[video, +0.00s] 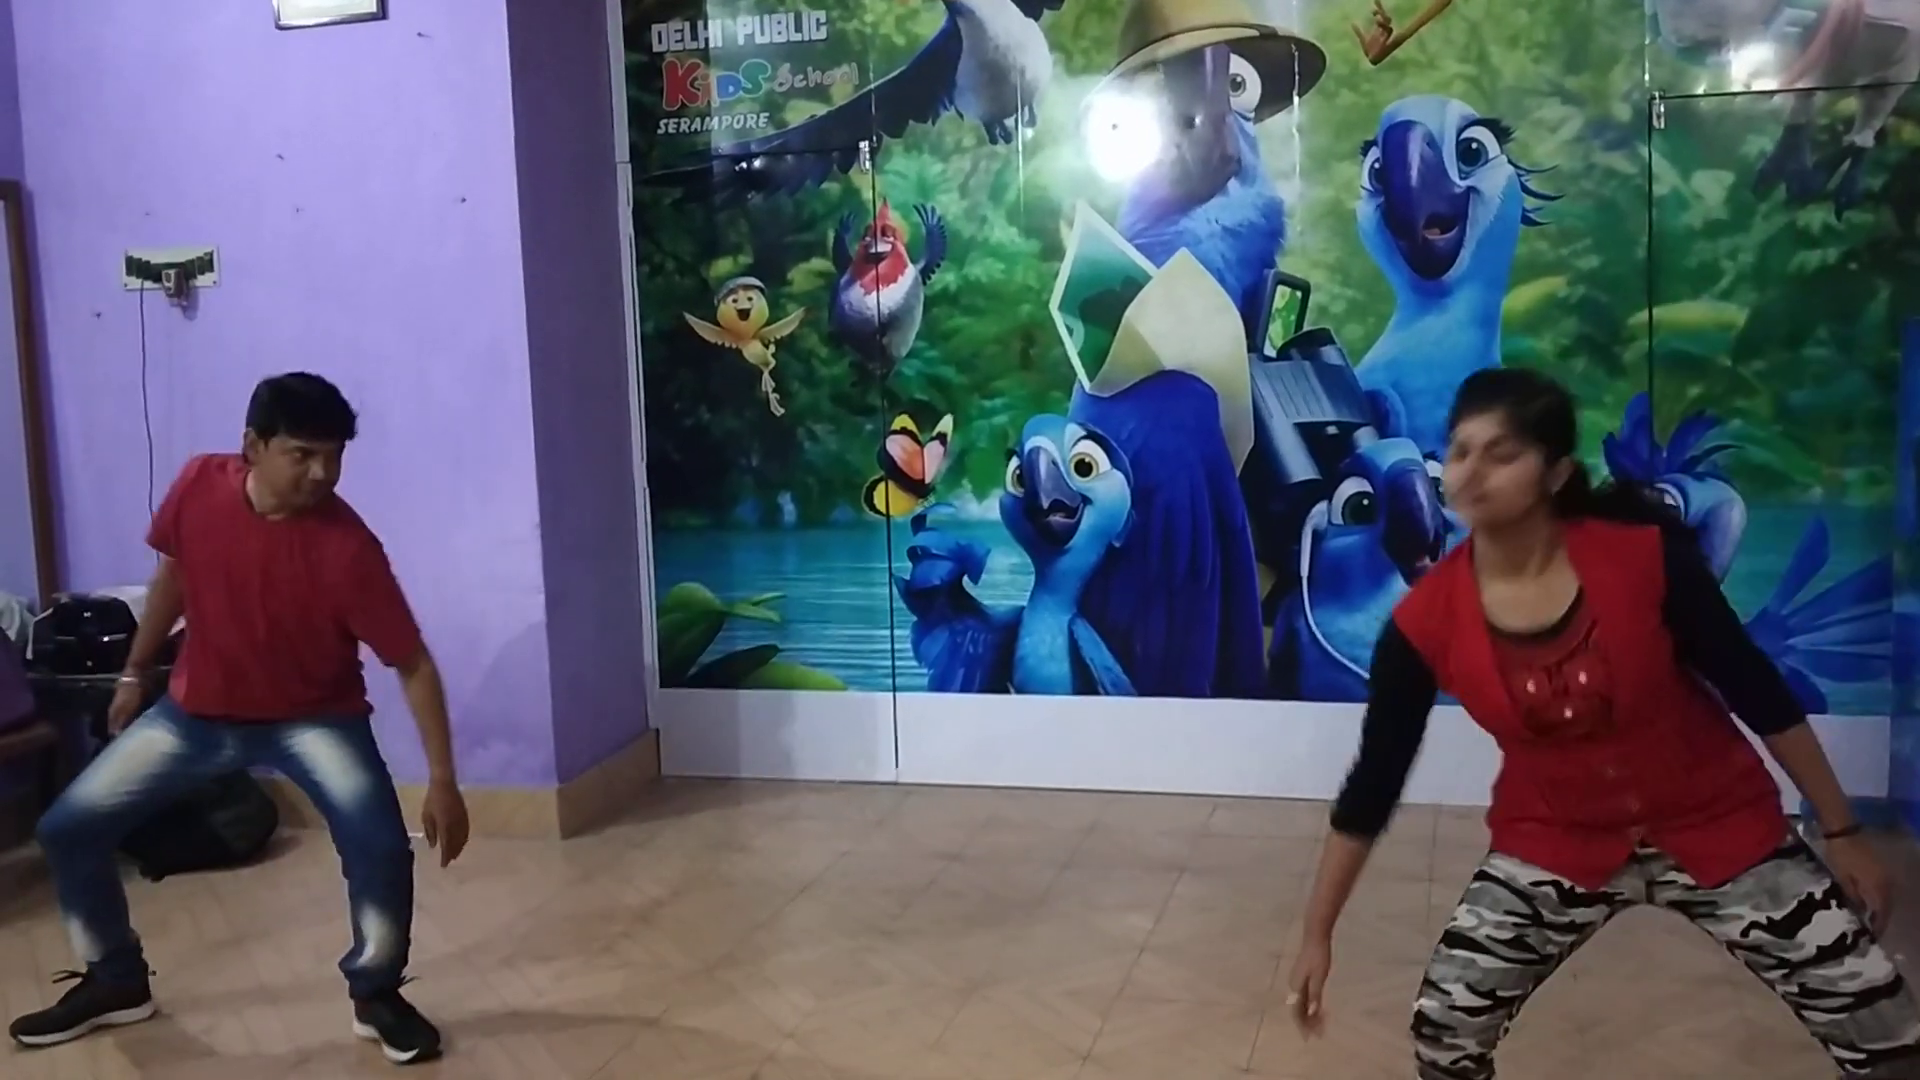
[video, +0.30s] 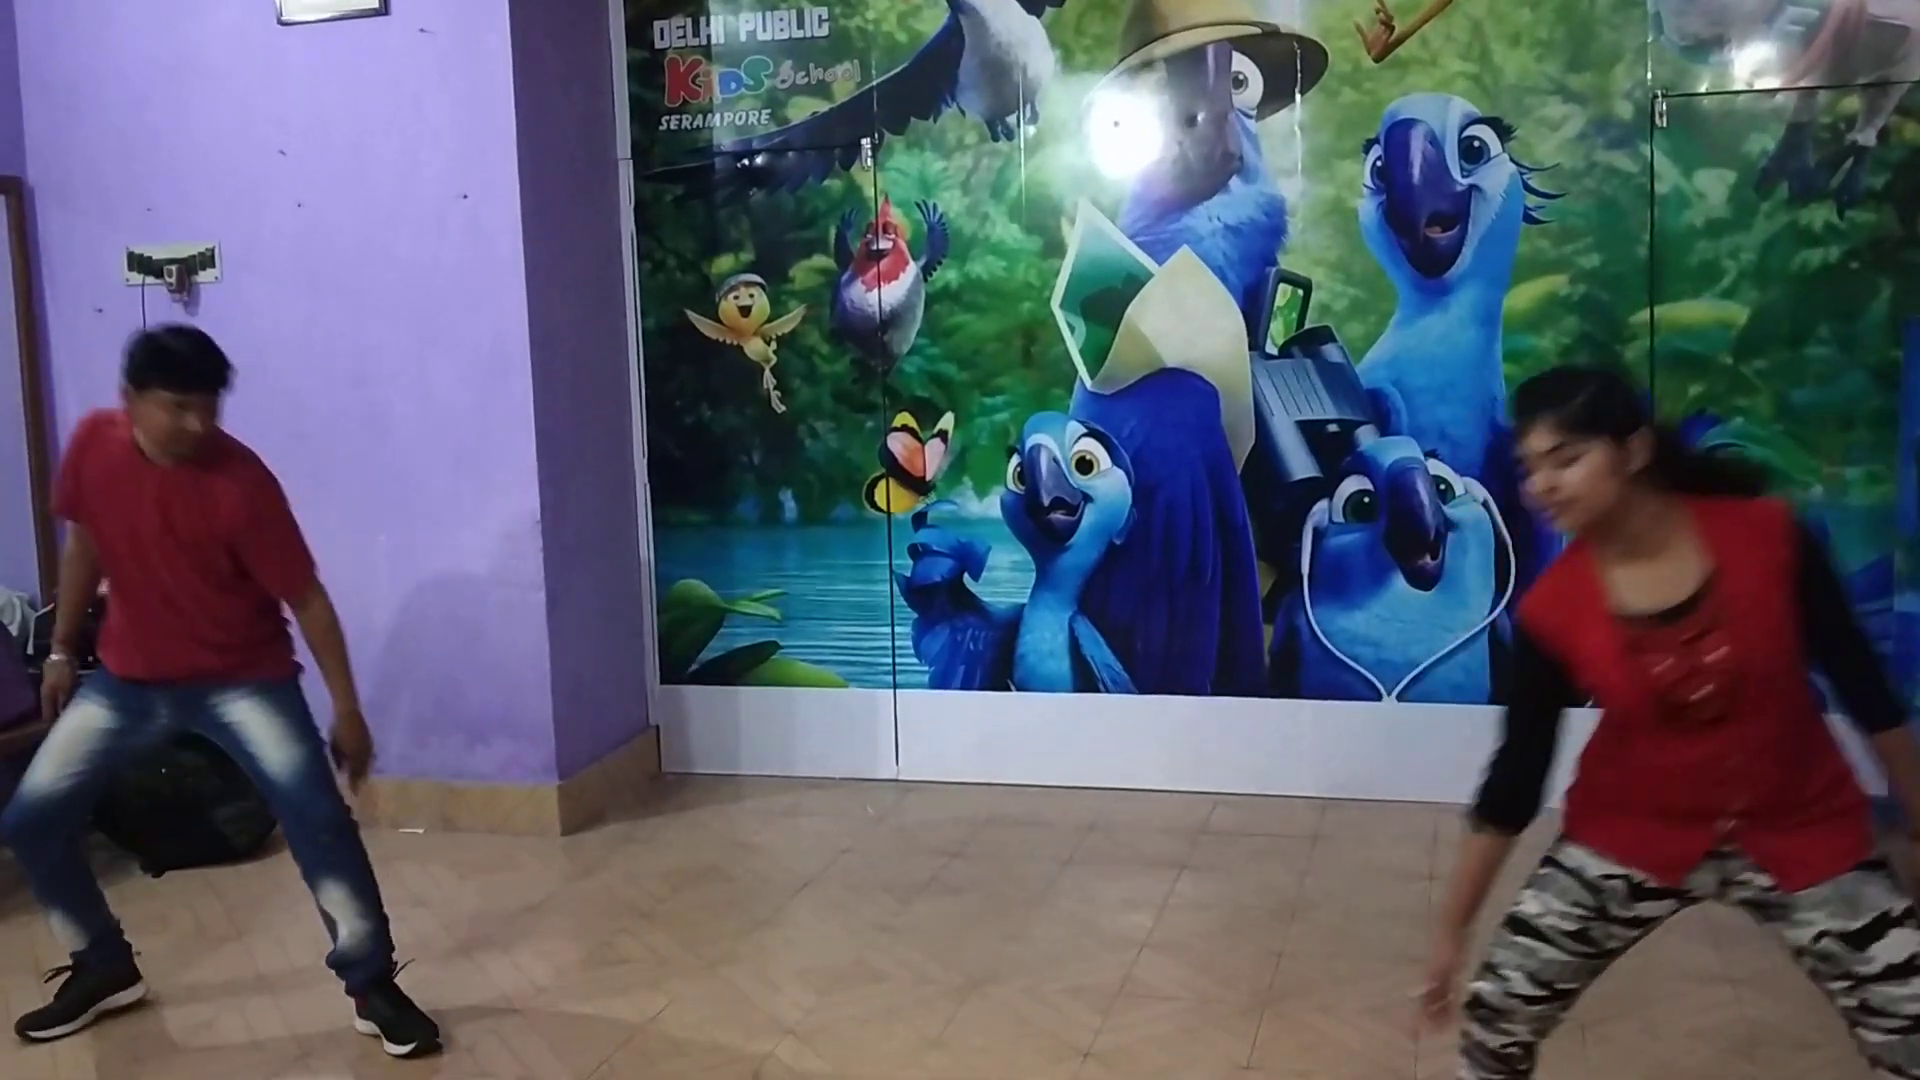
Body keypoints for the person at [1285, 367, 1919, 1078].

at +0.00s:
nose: (1469, 475)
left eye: (1498, 455)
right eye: (1458, 453)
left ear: (1555, 473)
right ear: (1445, 465)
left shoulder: (1648, 556)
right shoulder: (1426, 622)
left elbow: (1756, 689)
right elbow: (1373, 781)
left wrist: (1841, 828)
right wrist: (1315, 931)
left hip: (1711, 820)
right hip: (1553, 841)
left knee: (1873, 1009)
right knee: (1447, 1025)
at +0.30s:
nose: (1543, 487)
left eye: (1565, 459)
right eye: (1531, 470)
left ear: (1635, 449)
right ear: (1523, 477)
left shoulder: (1770, 538)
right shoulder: (1551, 615)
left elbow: (1868, 691)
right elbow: (1515, 780)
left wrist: (1917, 822)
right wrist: (1451, 933)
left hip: (1798, 830)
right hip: (1633, 837)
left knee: (1912, 1028)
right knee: (1496, 1017)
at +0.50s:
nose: (1648, 342)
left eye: (1666, 314)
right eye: (1642, 322)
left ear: (1746, 306)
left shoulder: (1887, 414)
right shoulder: (1657, 457)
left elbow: (1919, 555)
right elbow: (1621, 626)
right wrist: (1581, 785)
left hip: (1865, 727)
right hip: (1707, 729)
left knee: (1905, 975)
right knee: (1595, 942)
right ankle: (1529, 1070)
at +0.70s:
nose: (1701, 288)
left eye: (1721, 263)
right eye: (1697, 268)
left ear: (1801, 263)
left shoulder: (1906, 395)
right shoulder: (1680, 411)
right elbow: (1646, 575)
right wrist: (1600, 718)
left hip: (1882, 729)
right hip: (1719, 723)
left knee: (1905, 972)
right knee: (1626, 939)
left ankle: (1910, 1070)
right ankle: (1553, 1071)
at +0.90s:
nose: (1670, 293)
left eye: (1693, 270)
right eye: (1672, 274)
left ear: (1768, 276)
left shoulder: (1886, 417)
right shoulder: (1655, 419)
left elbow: (1916, 572)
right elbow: (1619, 578)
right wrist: (1574, 715)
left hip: (1842, 733)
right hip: (1687, 723)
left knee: (1882, 970)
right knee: (1586, 933)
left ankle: (1906, 1070)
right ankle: (1529, 1072)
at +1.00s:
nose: (1626, 306)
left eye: (1648, 284)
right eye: (1629, 286)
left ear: (1721, 293)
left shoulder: (1831, 437)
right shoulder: (1619, 432)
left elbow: (1889, 624)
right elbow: (1589, 587)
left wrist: (1911, 802)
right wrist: (1541, 713)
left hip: (1793, 753)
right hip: (1645, 743)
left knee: (1855, 992)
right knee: (1546, 933)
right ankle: (1517, 1071)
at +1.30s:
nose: (1416, 329)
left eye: (1433, 313)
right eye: (1422, 311)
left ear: (1490, 329)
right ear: (1477, 328)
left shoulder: (1537, 468)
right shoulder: (1439, 443)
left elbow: (1505, 643)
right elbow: (1391, 563)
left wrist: (1462, 786)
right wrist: (1333, 654)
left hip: (1531, 768)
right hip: (1443, 755)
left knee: (1479, 985)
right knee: (1395, 925)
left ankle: (1660, 1070)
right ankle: (1465, 1068)